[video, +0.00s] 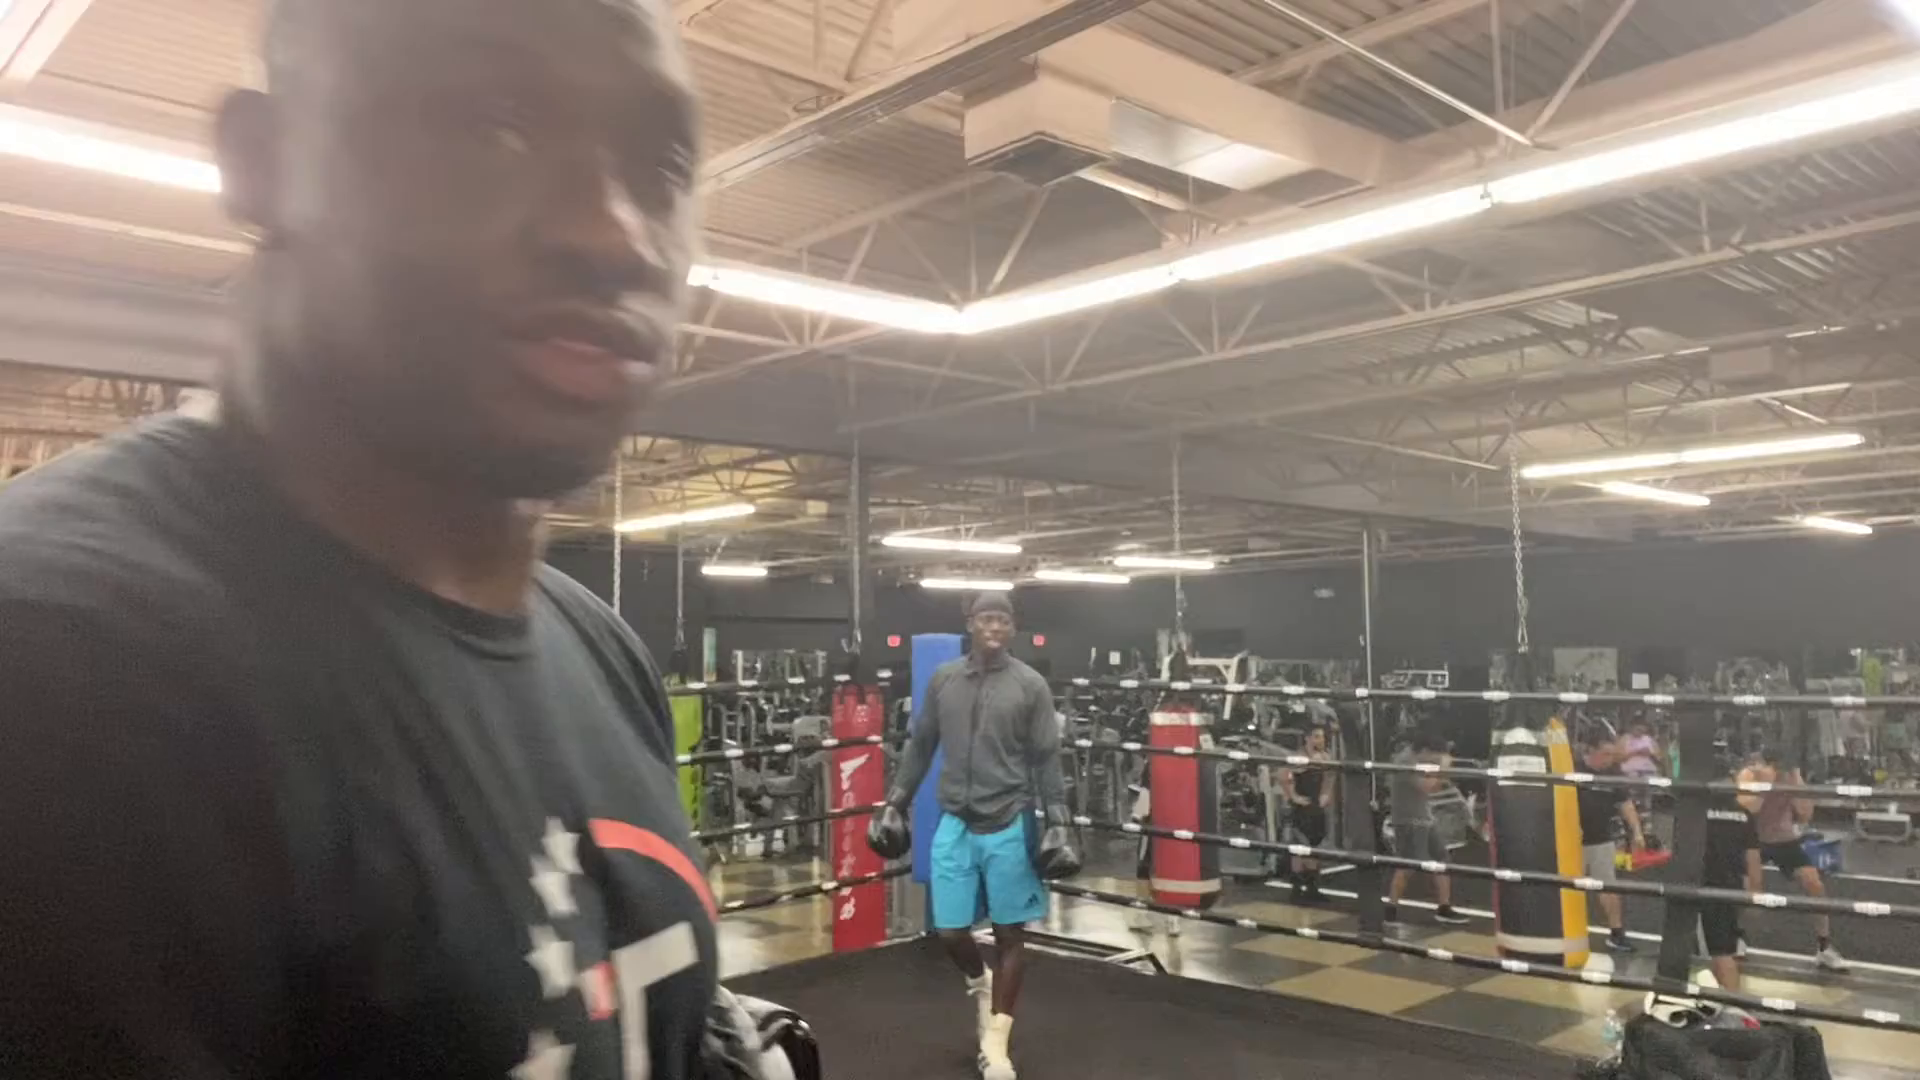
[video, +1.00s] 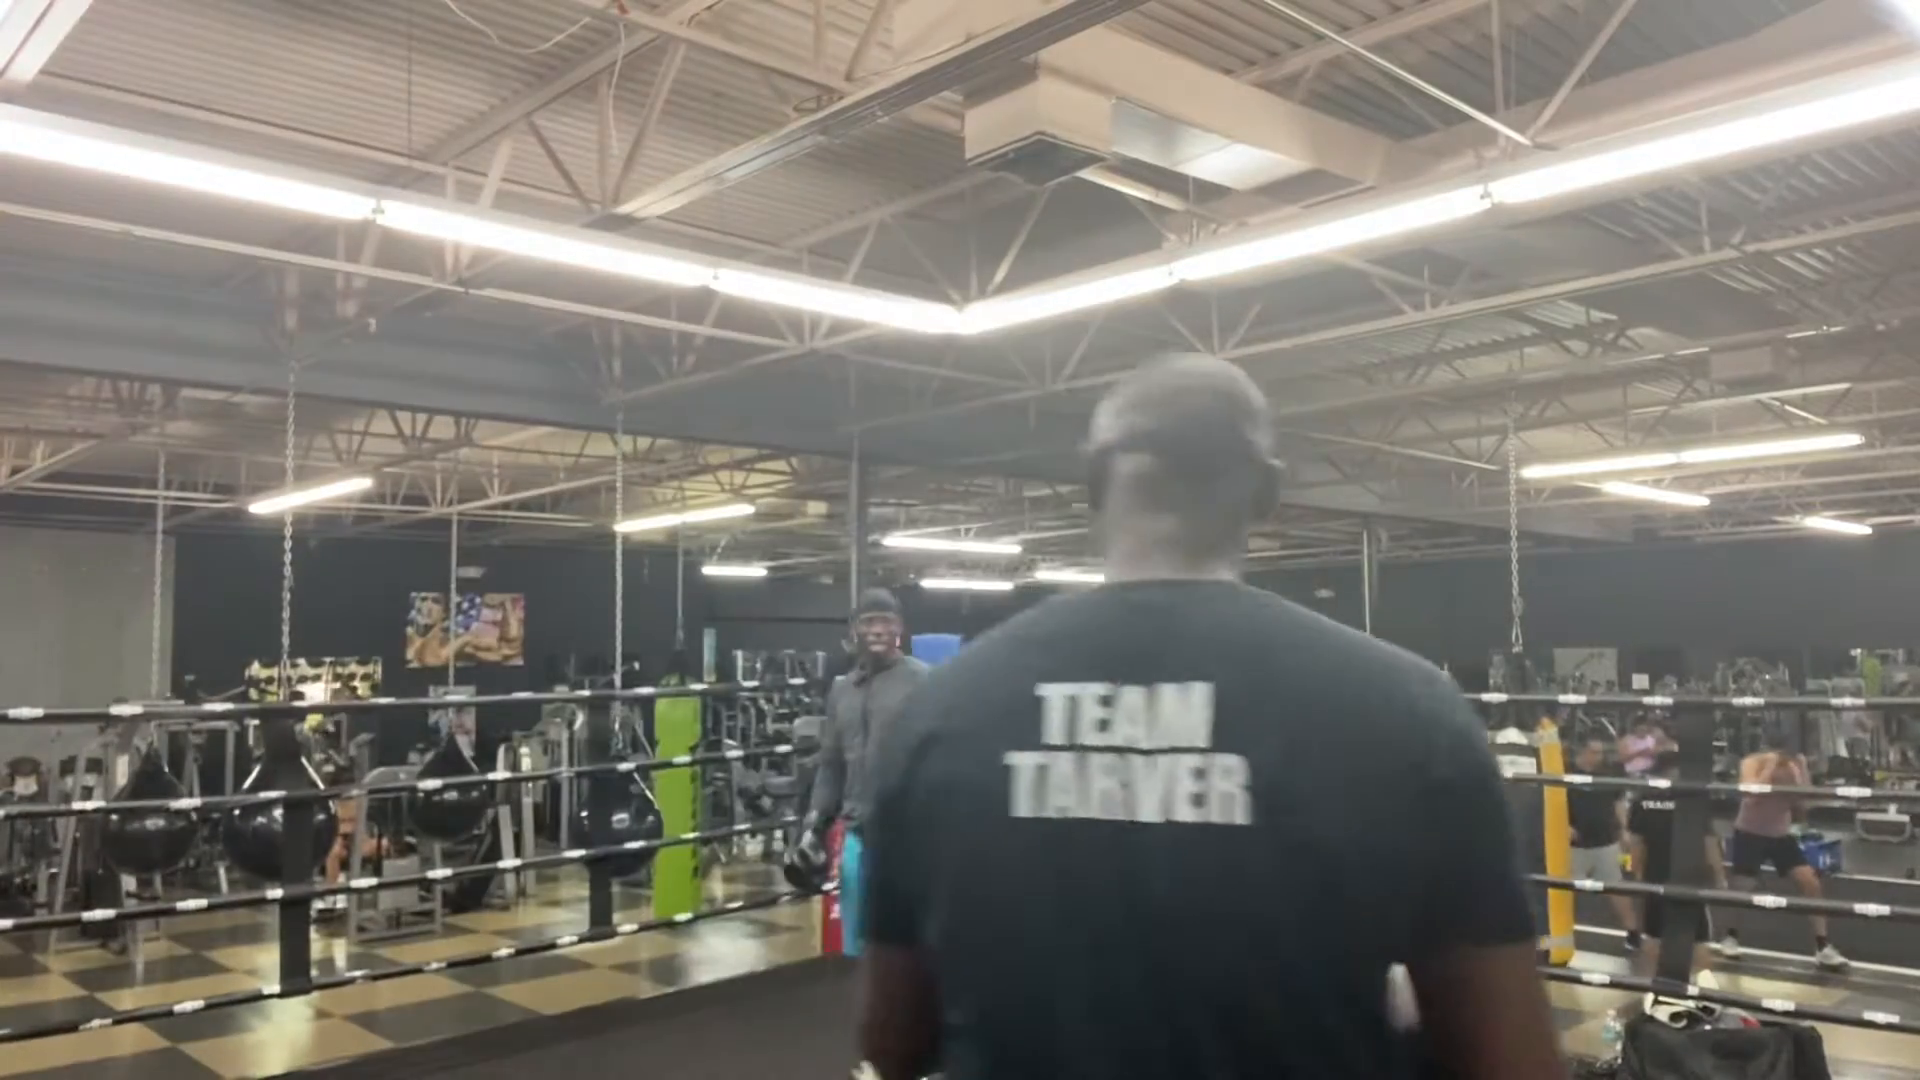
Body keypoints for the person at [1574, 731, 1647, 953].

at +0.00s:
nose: (1609, 759)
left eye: (1612, 754)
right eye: (1605, 753)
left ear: (1614, 753)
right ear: (1591, 750)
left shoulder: (1613, 774)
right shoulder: (1571, 770)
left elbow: (1625, 804)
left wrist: (1637, 832)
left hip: (1602, 839)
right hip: (1574, 841)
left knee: (1608, 887)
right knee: (1570, 889)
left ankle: (1616, 931)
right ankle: (1567, 934)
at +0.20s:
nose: (1607, 756)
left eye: (1609, 752)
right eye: (1602, 751)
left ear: (1612, 752)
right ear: (1591, 748)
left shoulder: (1612, 774)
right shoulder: (1571, 771)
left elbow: (1622, 804)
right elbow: (1562, 804)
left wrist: (1634, 835)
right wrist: (1573, 822)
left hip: (1600, 837)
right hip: (1575, 840)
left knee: (1607, 886)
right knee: (1570, 888)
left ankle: (1616, 931)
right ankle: (1568, 933)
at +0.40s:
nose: (1590, 758)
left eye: (1592, 753)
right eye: (1585, 752)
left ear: (1598, 754)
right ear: (1573, 751)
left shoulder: (1600, 773)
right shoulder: (1559, 770)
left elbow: (1607, 799)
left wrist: (1616, 827)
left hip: (1593, 834)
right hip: (1565, 838)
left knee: (1603, 884)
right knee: (1564, 887)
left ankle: (1616, 930)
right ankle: (1562, 933)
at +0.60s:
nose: (1585, 758)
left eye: (1588, 753)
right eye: (1581, 752)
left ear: (1591, 754)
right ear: (1569, 752)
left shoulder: (1594, 774)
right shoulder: (1557, 775)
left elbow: (1605, 803)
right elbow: (1550, 810)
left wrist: (1613, 831)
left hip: (1594, 838)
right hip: (1567, 842)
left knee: (1607, 884)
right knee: (1564, 890)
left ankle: (1617, 930)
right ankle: (1562, 934)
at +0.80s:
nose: (1585, 757)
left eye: (1587, 753)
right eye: (1580, 752)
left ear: (1590, 754)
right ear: (1567, 752)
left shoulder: (1595, 773)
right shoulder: (1555, 774)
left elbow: (1607, 802)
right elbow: (1548, 809)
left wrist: (1615, 830)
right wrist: (1555, 839)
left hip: (1596, 839)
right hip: (1568, 842)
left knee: (1612, 885)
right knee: (1563, 891)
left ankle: (1626, 929)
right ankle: (1562, 935)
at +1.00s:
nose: (1597, 757)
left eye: (1600, 753)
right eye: (1593, 752)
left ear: (1604, 754)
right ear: (1582, 752)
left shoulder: (1610, 774)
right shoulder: (1566, 774)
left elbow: (1619, 804)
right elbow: (1553, 804)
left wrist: (1624, 830)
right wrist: (1563, 827)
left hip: (1607, 843)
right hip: (1576, 845)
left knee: (1618, 890)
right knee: (1565, 893)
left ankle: (1632, 930)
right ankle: (1562, 935)